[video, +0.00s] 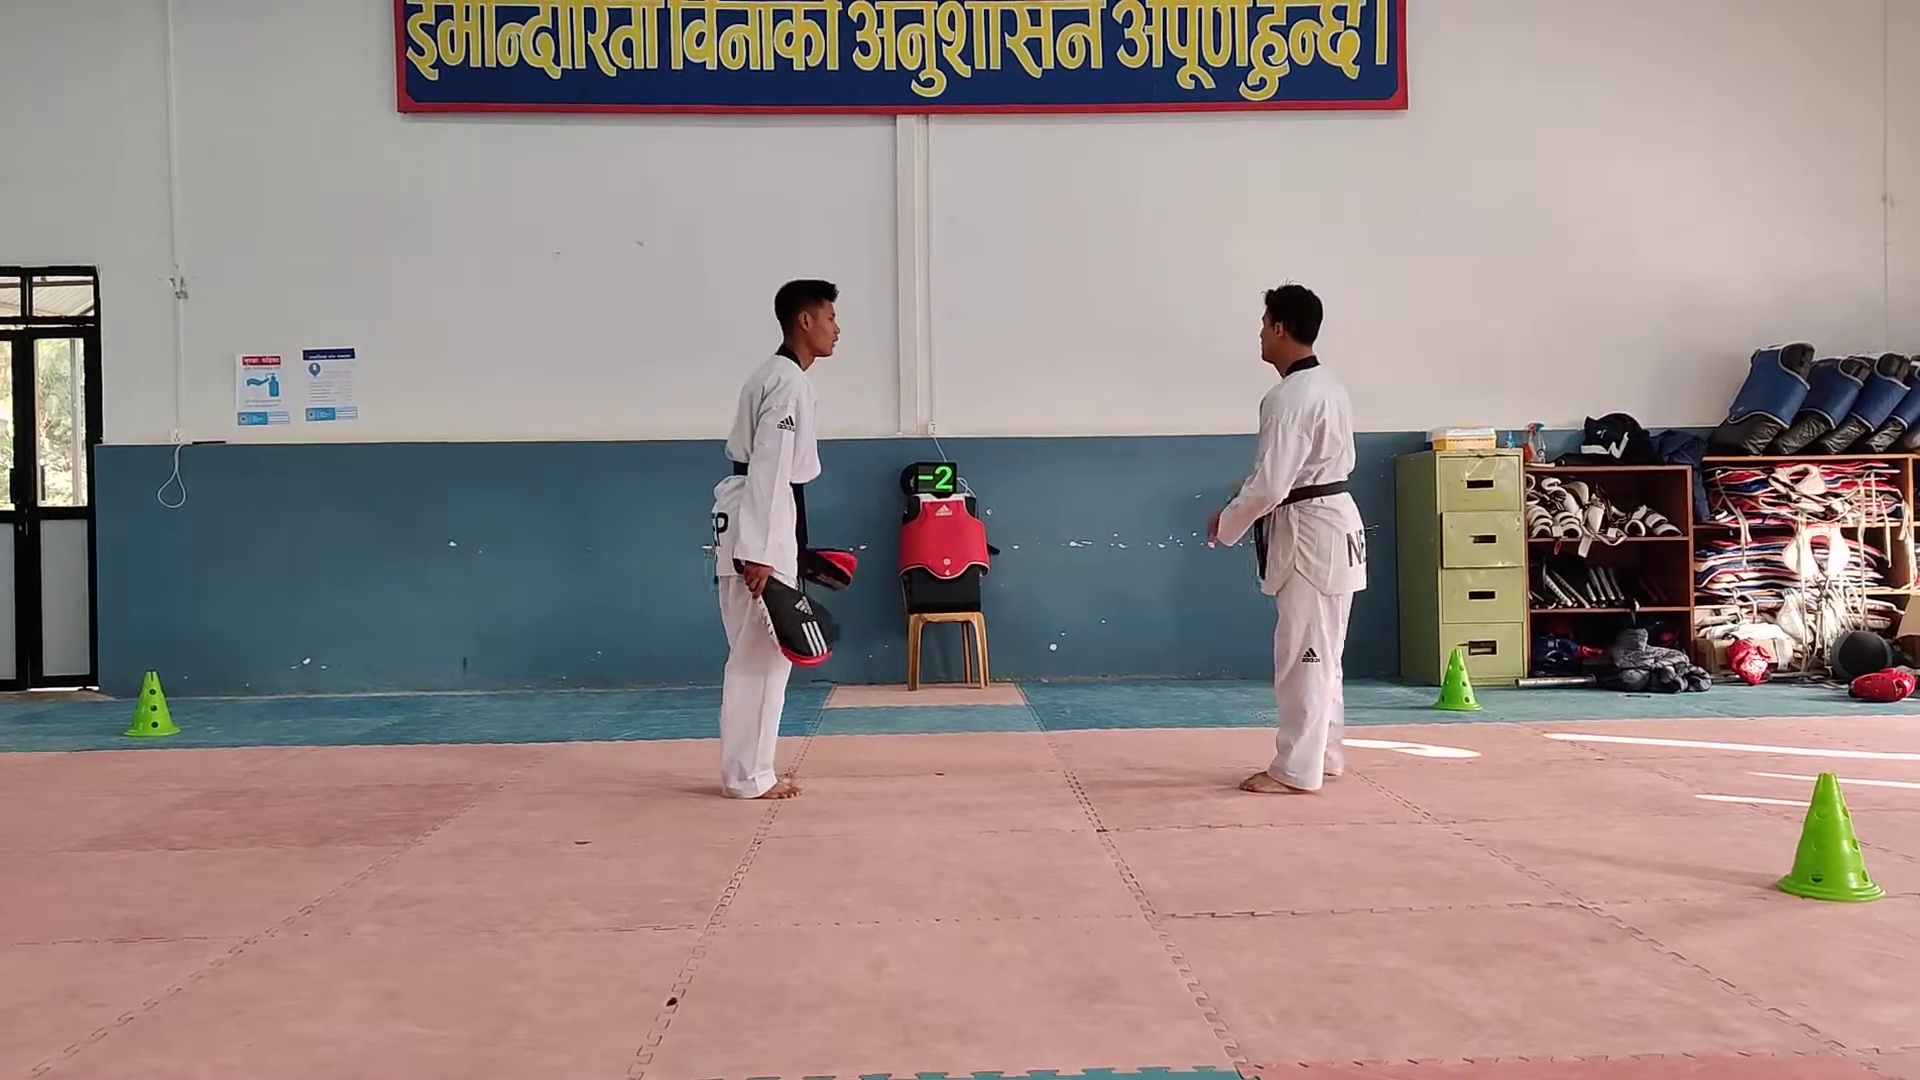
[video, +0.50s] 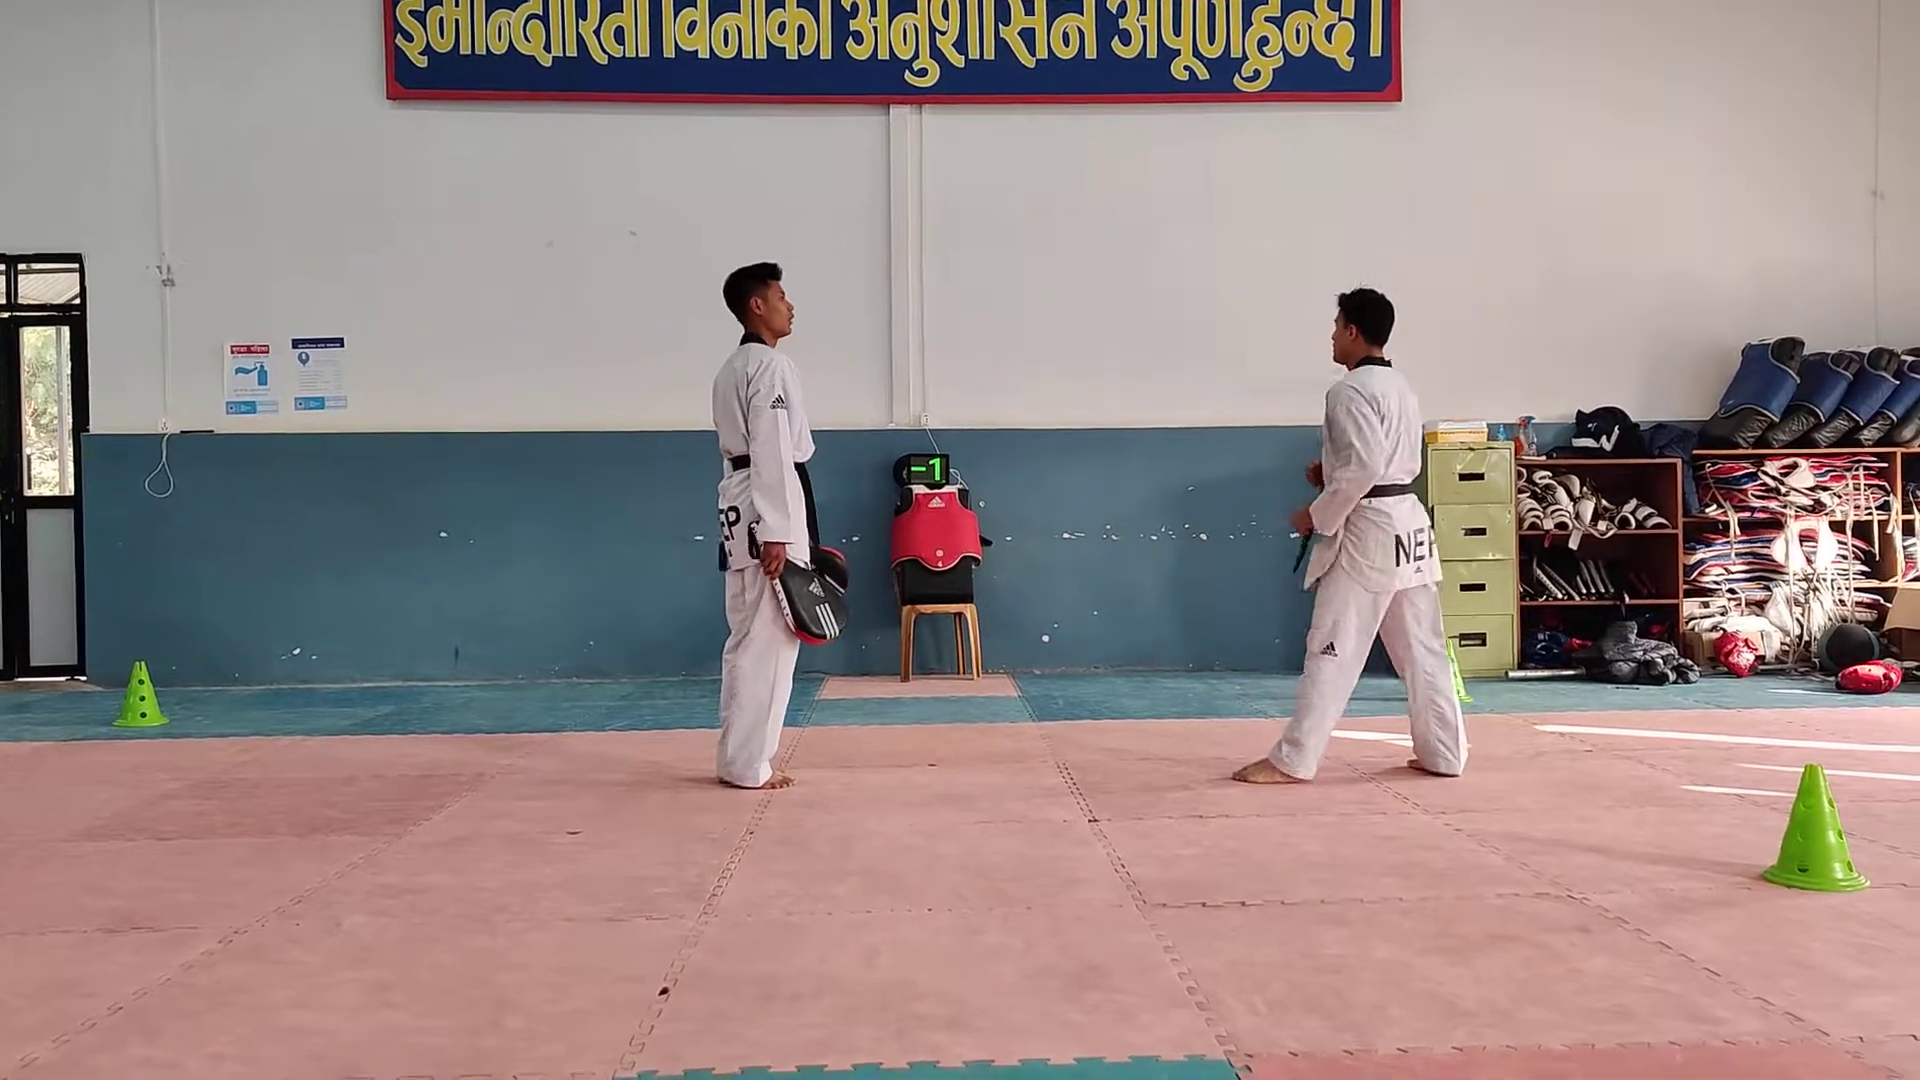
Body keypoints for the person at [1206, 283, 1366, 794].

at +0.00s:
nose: (1260, 333)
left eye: (1266, 324)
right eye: (1263, 323)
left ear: (1284, 330)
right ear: (1307, 333)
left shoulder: (1287, 397)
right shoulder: (1331, 388)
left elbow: (1271, 484)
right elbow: (1326, 466)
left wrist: (1227, 521)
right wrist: (1254, 496)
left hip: (1308, 529)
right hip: (1342, 523)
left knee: (1302, 650)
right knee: (1325, 648)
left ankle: (1296, 769)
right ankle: (1327, 753)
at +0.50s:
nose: (1332, 334)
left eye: (1337, 325)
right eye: (1335, 324)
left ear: (1354, 332)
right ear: (1376, 335)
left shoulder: (1350, 390)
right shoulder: (1400, 388)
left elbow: (1362, 465)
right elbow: (1400, 464)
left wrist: (1315, 515)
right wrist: (1335, 472)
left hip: (1368, 527)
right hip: (1412, 521)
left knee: (1333, 647)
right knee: (1422, 647)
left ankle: (1294, 759)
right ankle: (1442, 754)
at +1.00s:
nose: (1324, 322)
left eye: (1330, 313)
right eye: (1327, 312)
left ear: (1346, 319)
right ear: (1371, 324)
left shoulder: (1332, 369)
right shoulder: (1398, 376)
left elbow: (1316, 442)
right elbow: (1421, 451)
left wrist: (1299, 491)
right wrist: (1382, 483)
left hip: (1349, 508)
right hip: (1398, 508)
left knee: (1333, 633)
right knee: (1409, 635)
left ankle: (1313, 752)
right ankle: (1424, 746)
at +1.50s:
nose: (1306, 335)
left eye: (1314, 326)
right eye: (1308, 325)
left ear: (1345, 332)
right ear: (1351, 335)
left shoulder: (1330, 381)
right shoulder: (1388, 385)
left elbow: (1332, 451)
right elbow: (1416, 455)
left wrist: (1305, 497)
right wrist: (1377, 489)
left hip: (1350, 518)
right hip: (1396, 517)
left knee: (1305, 634)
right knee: (1407, 638)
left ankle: (1288, 752)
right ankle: (1440, 744)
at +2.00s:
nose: (1258, 362)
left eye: (1267, 354)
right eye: (1261, 353)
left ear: (1297, 363)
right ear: (1291, 364)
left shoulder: (1313, 411)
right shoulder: (1272, 426)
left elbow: (1351, 451)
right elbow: (1242, 476)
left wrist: (1287, 419)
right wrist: (1188, 456)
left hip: (1308, 545)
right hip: (1325, 545)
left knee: (1236, 642)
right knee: (1382, 654)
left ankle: (1244, 759)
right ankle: (1439, 752)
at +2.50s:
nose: (1105, 300)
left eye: (1114, 291)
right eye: (1109, 290)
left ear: (1142, 299)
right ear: (1143, 301)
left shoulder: (1134, 354)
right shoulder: (1158, 357)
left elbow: (1086, 418)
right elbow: (1187, 424)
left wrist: (1035, 392)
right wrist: (1196, 481)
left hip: (1144, 498)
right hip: (1104, 495)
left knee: (1133, 615)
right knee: (1013, 536)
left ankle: (1160, 732)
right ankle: (985, 644)